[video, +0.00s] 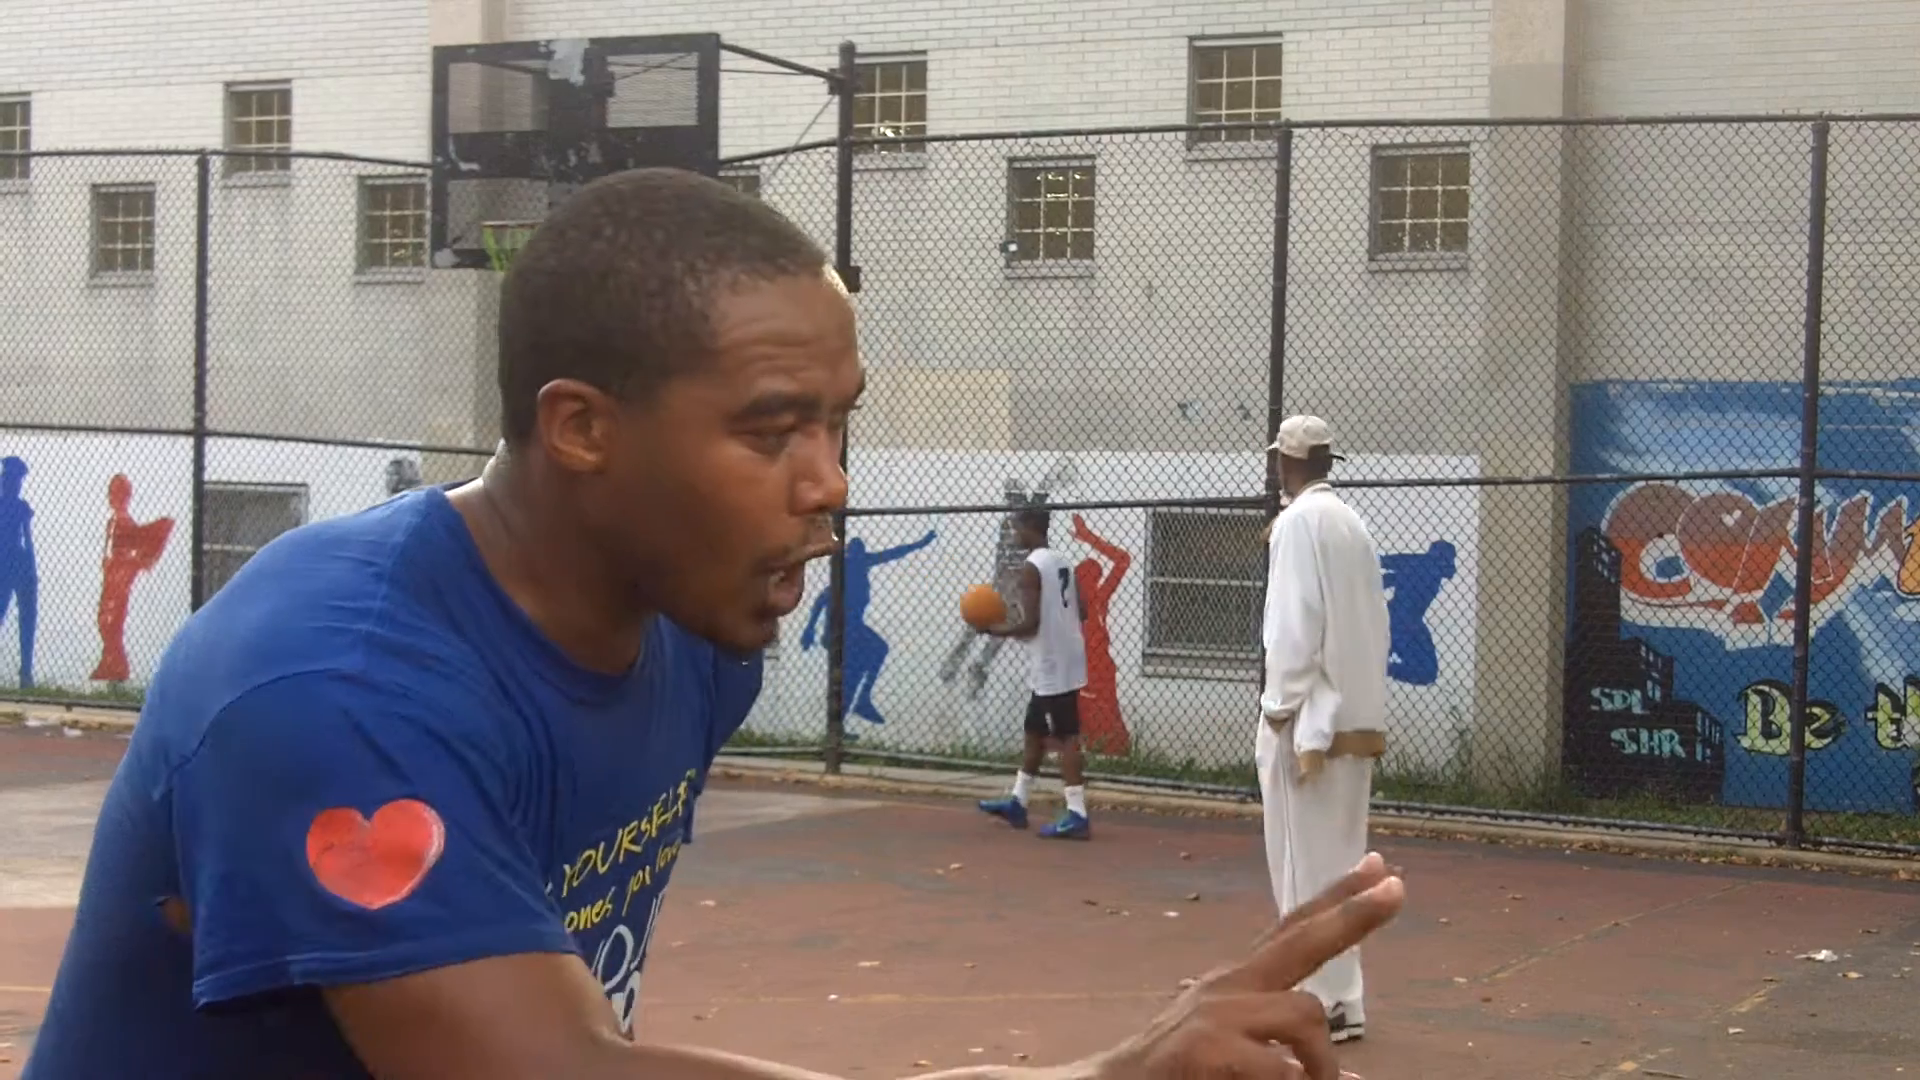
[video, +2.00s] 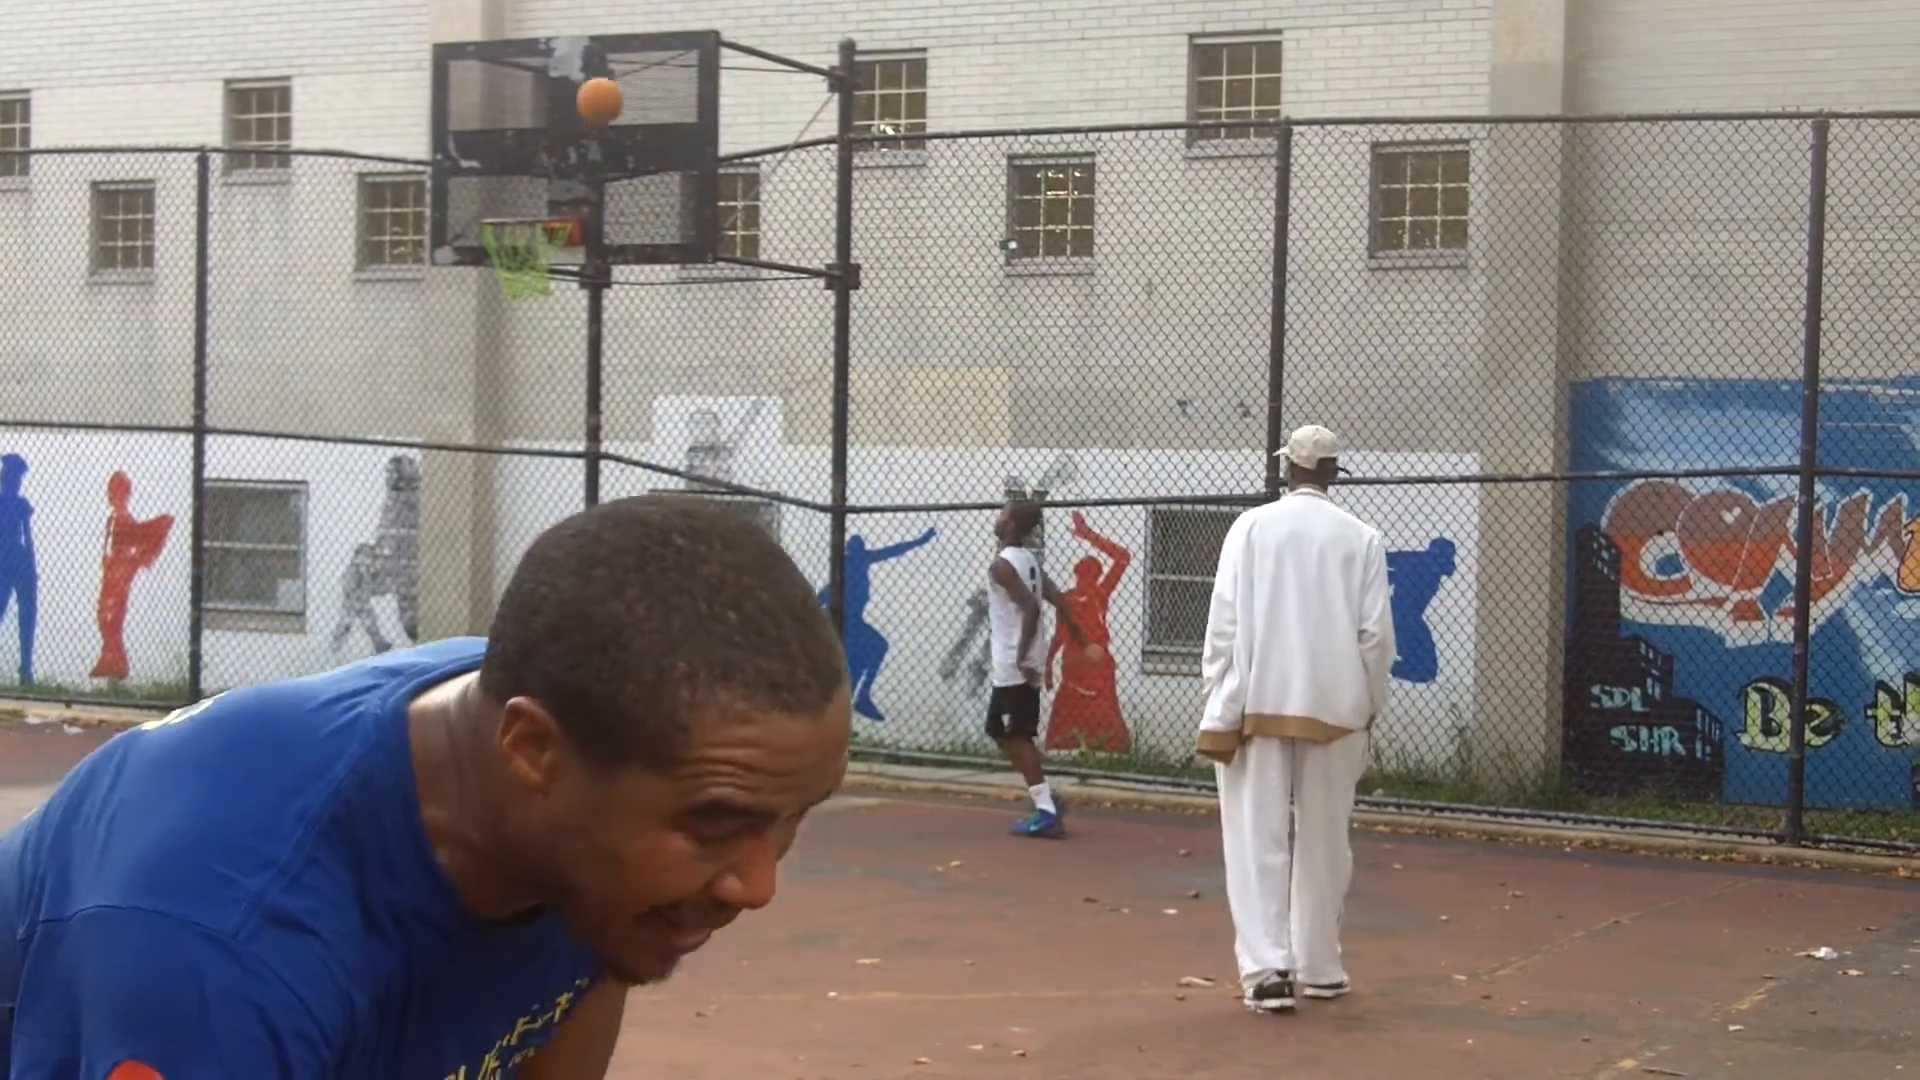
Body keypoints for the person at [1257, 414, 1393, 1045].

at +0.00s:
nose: (1272, 471)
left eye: (1275, 462)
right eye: (1275, 461)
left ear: (1286, 464)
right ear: (1326, 464)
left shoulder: (1299, 521)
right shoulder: (1353, 524)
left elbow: (1296, 629)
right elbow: (1371, 626)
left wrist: (1278, 710)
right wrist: (1358, 707)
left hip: (1306, 721)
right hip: (1355, 720)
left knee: (1304, 863)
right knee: (1338, 858)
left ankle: (1327, 1003)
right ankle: (1343, 1000)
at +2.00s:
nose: (1319, 481)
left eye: (1287, 469)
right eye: (1330, 472)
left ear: (1284, 472)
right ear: (1333, 476)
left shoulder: (1248, 528)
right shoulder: (1361, 537)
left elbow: (1222, 628)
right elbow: (1377, 635)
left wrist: (1219, 709)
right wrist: (1370, 714)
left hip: (1254, 706)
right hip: (1332, 709)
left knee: (1255, 841)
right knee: (1325, 839)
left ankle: (1266, 970)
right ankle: (1319, 969)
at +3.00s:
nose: (1394, 478)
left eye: (1376, 466)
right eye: (1400, 472)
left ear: (1357, 469)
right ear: (1402, 475)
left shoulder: (1313, 522)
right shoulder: (1408, 538)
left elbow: (1277, 620)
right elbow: (1407, 635)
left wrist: (1286, 691)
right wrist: (1412, 704)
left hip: (1306, 698)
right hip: (1371, 704)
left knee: (1323, 827)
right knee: (1353, 832)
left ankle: (1358, 942)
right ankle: (1323, 965)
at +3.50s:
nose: (1399, 477)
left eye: (1380, 470)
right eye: (1404, 470)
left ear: (1364, 476)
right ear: (1408, 474)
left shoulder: (1333, 532)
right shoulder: (1434, 530)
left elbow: (1312, 629)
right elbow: (1447, 623)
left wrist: (1316, 703)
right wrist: (1461, 692)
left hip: (1349, 695)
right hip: (1417, 694)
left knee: (1354, 822)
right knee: (1424, 826)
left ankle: (1358, 950)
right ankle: (1382, 930)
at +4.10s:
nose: (1482, 482)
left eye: (1465, 470)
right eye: (1493, 476)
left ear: (1451, 472)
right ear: (1497, 479)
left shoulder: (1405, 520)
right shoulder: (1509, 542)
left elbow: (1367, 612)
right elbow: (1512, 634)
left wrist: (1361, 685)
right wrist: (1501, 698)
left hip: (1392, 688)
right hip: (1466, 696)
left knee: (1373, 818)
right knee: (1461, 827)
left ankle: (1365, 938)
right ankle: (1460, 960)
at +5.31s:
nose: (1396, 478)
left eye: (1400, 469)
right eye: (1397, 469)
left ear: (1419, 471)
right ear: (1447, 473)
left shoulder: (1405, 527)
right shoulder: (1490, 531)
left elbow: (1394, 624)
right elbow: (1515, 621)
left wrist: (1379, 693)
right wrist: (1500, 690)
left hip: (1420, 699)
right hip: (1478, 699)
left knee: (1416, 826)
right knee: (1472, 823)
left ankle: (1432, 957)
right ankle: (1473, 955)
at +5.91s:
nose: (1376, 477)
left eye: (1382, 469)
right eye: (1379, 468)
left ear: (1402, 471)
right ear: (1425, 473)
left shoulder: (1398, 527)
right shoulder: (1469, 527)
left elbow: (1395, 628)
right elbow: (1495, 618)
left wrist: (1382, 698)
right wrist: (1481, 691)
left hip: (1415, 705)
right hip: (1466, 703)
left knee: (1414, 832)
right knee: (1458, 826)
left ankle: (1433, 958)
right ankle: (1479, 954)